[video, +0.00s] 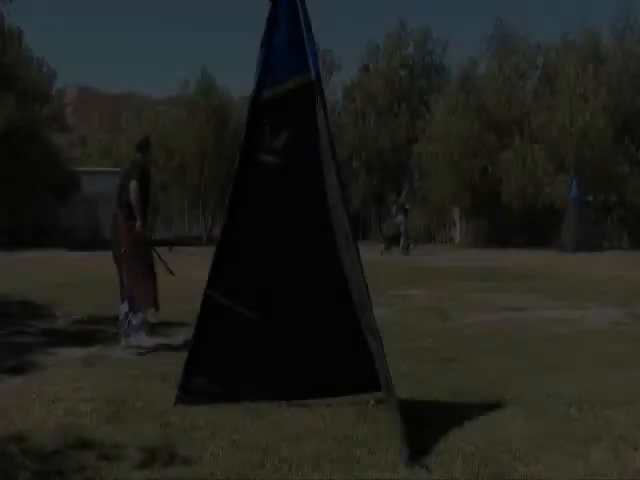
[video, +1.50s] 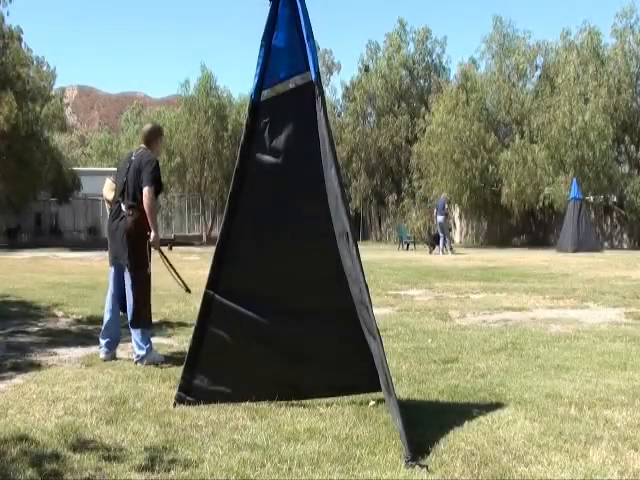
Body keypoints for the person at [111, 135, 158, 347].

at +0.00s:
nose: (153, 157)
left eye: (151, 152)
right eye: (152, 152)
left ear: (137, 150)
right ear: (148, 152)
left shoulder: (132, 169)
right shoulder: (138, 169)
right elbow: (134, 195)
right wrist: (140, 221)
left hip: (124, 233)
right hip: (131, 234)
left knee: (130, 278)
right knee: (138, 277)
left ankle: (128, 325)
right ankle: (135, 329)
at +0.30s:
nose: (165, 153)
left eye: (163, 149)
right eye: (165, 149)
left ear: (147, 150)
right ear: (161, 149)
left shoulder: (135, 169)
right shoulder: (160, 167)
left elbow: (121, 202)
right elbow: (163, 199)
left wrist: (134, 214)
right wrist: (168, 226)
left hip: (130, 222)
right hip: (149, 223)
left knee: (133, 276)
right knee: (153, 277)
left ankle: (130, 332)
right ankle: (156, 334)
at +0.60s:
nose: (170, 146)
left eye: (171, 142)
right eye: (168, 142)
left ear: (155, 142)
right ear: (157, 142)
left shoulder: (138, 163)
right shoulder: (158, 163)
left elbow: (125, 195)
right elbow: (158, 199)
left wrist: (136, 217)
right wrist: (164, 230)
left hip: (130, 231)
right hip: (148, 233)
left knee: (129, 285)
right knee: (156, 285)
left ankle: (112, 334)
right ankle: (157, 338)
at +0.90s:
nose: (158, 151)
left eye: (159, 147)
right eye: (157, 146)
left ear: (145, 143)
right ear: (146, 142)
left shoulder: (131, 162)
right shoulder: (140, 164)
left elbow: (116, 195)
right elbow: (132, 199)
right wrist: (135, 230)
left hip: (121, 235)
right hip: (137, 236)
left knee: (119, 291)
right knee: (149, 287)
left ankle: (112, 345)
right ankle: (160, 340)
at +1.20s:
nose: (157, 152)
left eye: (158, 148)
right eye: (156, 147)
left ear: (140, 141)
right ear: (146, 142)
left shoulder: (126, 161)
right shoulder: (138, 161)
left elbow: (114, 195)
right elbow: (133, 195)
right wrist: (136, 229)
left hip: (116, 233)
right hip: (132, 232)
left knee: (116, 290)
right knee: (141, 287)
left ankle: (112, 344)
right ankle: (146, 345)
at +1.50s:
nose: (162, 145)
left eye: (161, 141)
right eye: (162, 141)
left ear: (143, 139)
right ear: (157, 141)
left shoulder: (129, 158)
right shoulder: (149, 160)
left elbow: (111, 191)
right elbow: (148, 197)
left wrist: (117, 217)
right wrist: (154, 230)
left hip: (116, 222)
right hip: (133, 225)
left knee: (115, 289)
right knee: (138, 289)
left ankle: (107, 346)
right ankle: (143, 350)